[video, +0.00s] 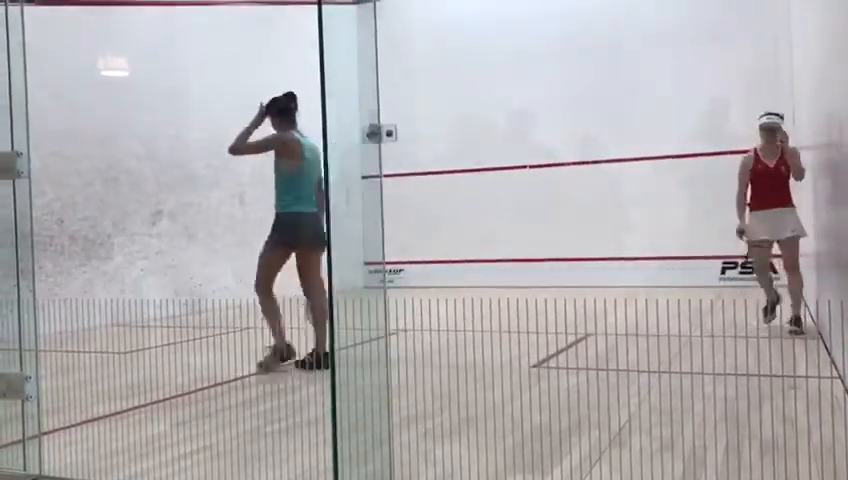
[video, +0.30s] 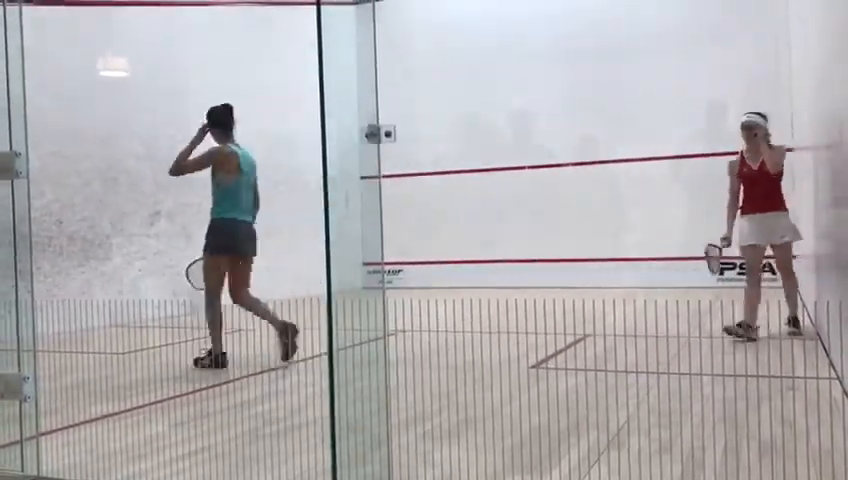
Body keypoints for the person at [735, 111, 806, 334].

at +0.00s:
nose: (770, 134)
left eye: (774, 130)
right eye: (765, 130)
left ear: (781, 131)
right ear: (759, 132)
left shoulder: (789, 153)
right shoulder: (749, 159)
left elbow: (799, 176)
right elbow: (741, 192)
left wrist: (787, 149)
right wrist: (741, 221)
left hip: (785, 215)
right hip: (758, 218)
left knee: (792, 267)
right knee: (760, 267)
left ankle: (796, 314)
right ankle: (771, 296)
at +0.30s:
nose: (750, 133)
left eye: (754, 128)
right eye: (746, 129)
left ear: (764, 131)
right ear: (741, 133)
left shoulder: (776, 151)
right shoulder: (737, 162)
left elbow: (774, 167)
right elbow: (733, 198)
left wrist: (763, 141)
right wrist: (728, 230)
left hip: (776, 218)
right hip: (750, 221)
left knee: (786, 270)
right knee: (752, 273)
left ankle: (793, 316)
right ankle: (749, 323)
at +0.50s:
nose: (726, 128)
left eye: (731, 124)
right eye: (724, 124)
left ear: (743, 127)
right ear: (721, 129)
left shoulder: (757, 147)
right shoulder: (717, 159)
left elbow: (753, 162)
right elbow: (717, 197)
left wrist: (740, 138)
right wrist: (716, 231)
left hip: (756, 217)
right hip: (730, 219)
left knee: (763, 271)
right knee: (739, 275)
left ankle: (784, 306)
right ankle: (745, 325)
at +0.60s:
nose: (721, 127)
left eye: (726, 123)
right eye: (717, 123)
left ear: (736, 126)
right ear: (712, 128)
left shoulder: (749, 147)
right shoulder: (709, 158)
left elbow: (743, 162)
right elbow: (709, 196)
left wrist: (730, 136)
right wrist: (707, 230)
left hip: (745, 215)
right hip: (719, 217)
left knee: (744, 269)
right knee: (733, 273)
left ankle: (769, 306)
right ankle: (744, 325)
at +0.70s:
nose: (710, 127)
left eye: (715, 122)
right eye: (707, 124)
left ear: (727, 125)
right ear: (704, 129)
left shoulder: (740, 146)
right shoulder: (700, 158)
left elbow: (731, 163)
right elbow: (700, 194)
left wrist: (718, 140)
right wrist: (695, 228)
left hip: (733, 213)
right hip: (709, 215)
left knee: (725, 264)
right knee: (724, 270)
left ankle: (744, 322)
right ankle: (740, 322)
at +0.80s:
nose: (695, 128)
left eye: (700, 124)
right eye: (694, 124)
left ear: (714, 127)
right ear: (695, 129)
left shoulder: (729, 147)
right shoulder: (692, 158)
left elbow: (718, 165)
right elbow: (690, 195)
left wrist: (703, 146)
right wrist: (683, 228)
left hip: (722, 215)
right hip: (700, 217)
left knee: (714, 271)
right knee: (719, 272)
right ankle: (742, 324)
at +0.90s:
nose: (686, 127)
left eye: (691, 123)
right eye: (684, 123)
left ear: (704, 126)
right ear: (682, 128)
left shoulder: (716, 147)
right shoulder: (681, 159)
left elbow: (711, 170)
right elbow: (680, 196)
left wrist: (687, 151)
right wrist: (670, 228)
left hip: (709, 217)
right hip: (689, 219)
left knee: (698, 273)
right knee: (712, 274)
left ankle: (687, 329)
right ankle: (739, 323)